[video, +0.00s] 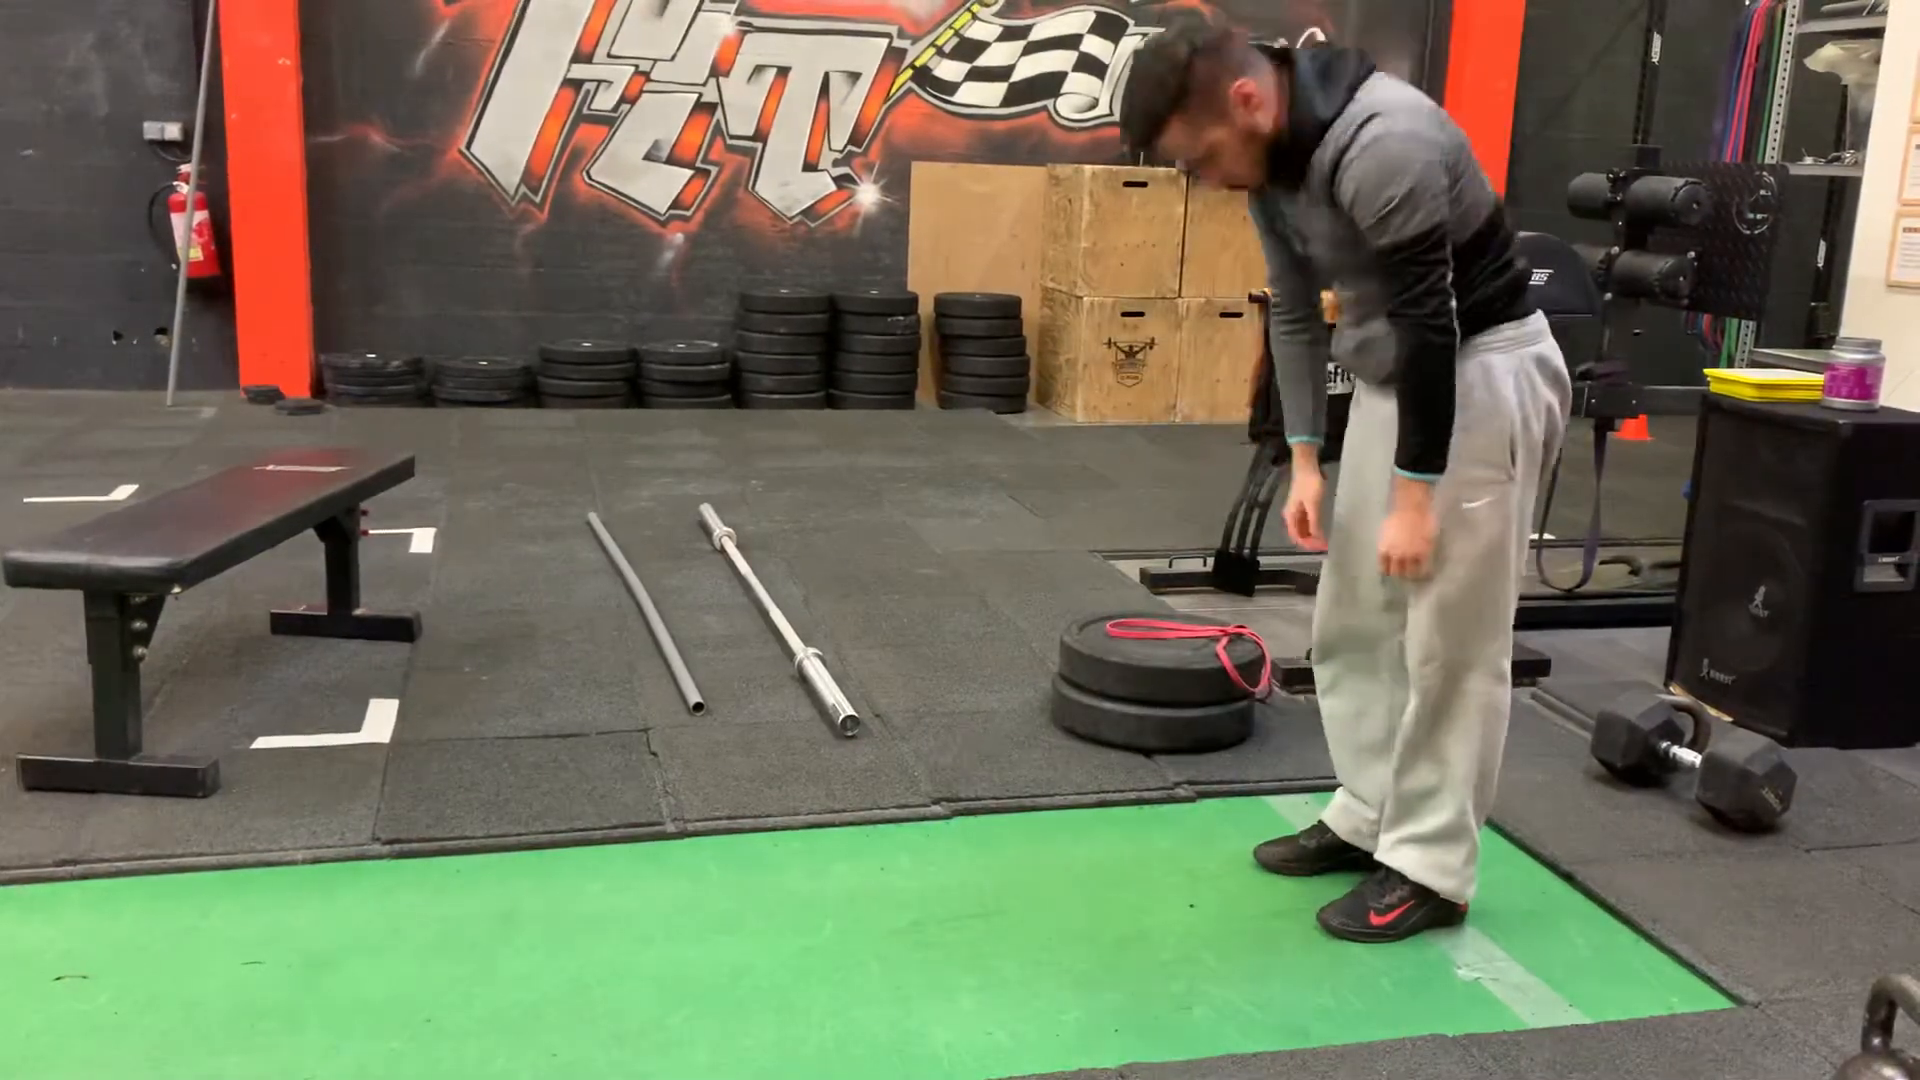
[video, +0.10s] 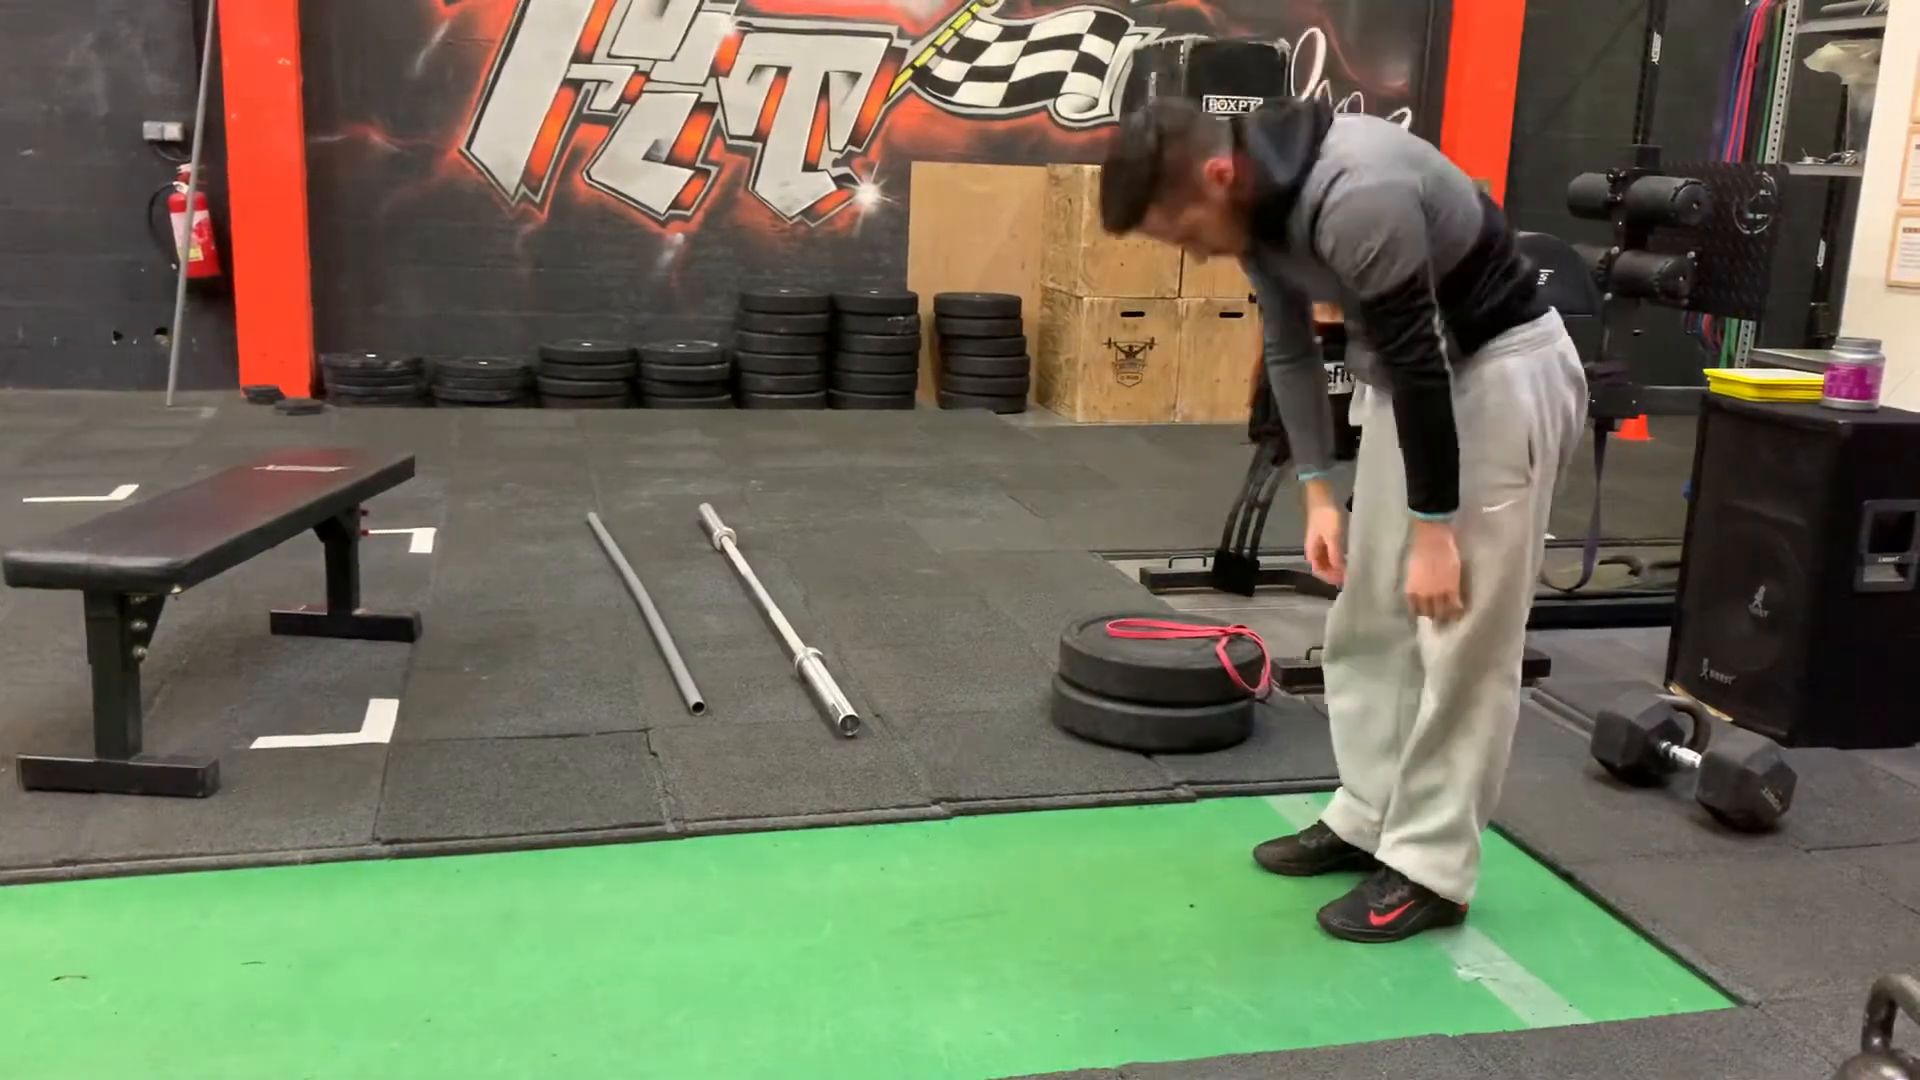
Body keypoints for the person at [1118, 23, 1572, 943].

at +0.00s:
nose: (1203, 181)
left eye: (1202, 158)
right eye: (1187, 168)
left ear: (1251, 101)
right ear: (1244, 104)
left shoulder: (1385, 151)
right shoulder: (1271, 159)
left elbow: (1427, 327)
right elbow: (1295, 310)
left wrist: (1414, 492)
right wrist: (1306, 458)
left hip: (1483, 374)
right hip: (1383, 375)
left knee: (1452, 623)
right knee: (1358, 606)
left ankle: (1433, 864)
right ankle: (1367, 813)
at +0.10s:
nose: (1183, 251)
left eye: (1180, 232)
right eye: (1168, 240)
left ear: (1218, 177)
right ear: (1211, 177)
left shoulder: (1360, 202)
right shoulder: (1250, 207)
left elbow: (1419, 369)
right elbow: (1290, 348)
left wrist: (1433, 528)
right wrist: (1317, 490)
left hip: (1501, 372)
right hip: (1394, 375)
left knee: (1464, 623)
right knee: (1370, 607)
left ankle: (1434, 866)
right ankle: (1368, 812)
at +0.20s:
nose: (1186, 322)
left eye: (1176, 307)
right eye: (1169, 316)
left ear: (1193, 253)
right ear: (1189, 249)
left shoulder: (1340, 253)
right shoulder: (1241, 244)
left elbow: (1406, 412)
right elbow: (1292, 392)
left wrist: (1443, 574)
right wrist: (1334, 528)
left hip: (1510, 372)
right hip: (1406, 381)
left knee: (1479, 624)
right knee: (1384, 608)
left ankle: (1434, 867)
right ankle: (1367, 815)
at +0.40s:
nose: (1182, 433)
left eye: (1171, 423)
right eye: (1167, 429)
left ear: (1178, 382)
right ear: (1177, 369)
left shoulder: (1318, 344)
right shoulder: (1232, 335)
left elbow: (1388, 498)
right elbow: (1290, 468)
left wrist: (1438, 653)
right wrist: (1341, 591)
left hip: (1531, 380)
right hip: (1434, 395)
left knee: (1493, 632)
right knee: (1409, 622)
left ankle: (1434, 870)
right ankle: (1367, 819)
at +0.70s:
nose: (1193, 536)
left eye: (1182, 527)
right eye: (1177, 534)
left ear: (1181, 487)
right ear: (1165, 473)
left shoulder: (1286, 447)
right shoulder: (1201, 418)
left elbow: (1344, 610)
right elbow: (1258, 565)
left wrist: (1384, 769)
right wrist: (1301, 689)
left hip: (1530, 377)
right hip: (1432, 395)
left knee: (1489, 637)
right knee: (1410, 616)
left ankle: (1439, 871)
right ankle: (1362, 826)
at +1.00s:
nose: (1184, 626)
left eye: (1177, 617)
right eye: (1173, 625)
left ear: (1177, 571)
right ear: (1151, 551)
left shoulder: (1257, 523)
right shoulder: (1180, 488)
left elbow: (1286, 697)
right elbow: (1212, 641)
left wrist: (1295, 866)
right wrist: (1225, 788)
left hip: (1505, 371)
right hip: (1413, 376)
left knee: (1475, 644)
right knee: (1398, 628)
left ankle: (1436, 871)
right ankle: (1365, 826)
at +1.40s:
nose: (1186, 683)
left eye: (1177, 678)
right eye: (1177, 685)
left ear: (1157, 637)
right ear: (1138, 620)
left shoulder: (1217, 586)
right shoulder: (1155, 562)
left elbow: (1258, 743)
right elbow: (1208, 699)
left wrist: (1246, 909)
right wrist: (1223, 837)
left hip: (1445, 365)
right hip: (1364, 366)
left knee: (1442, 632)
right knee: (1368, 624)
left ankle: (1430, 871)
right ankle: (1364, 819)